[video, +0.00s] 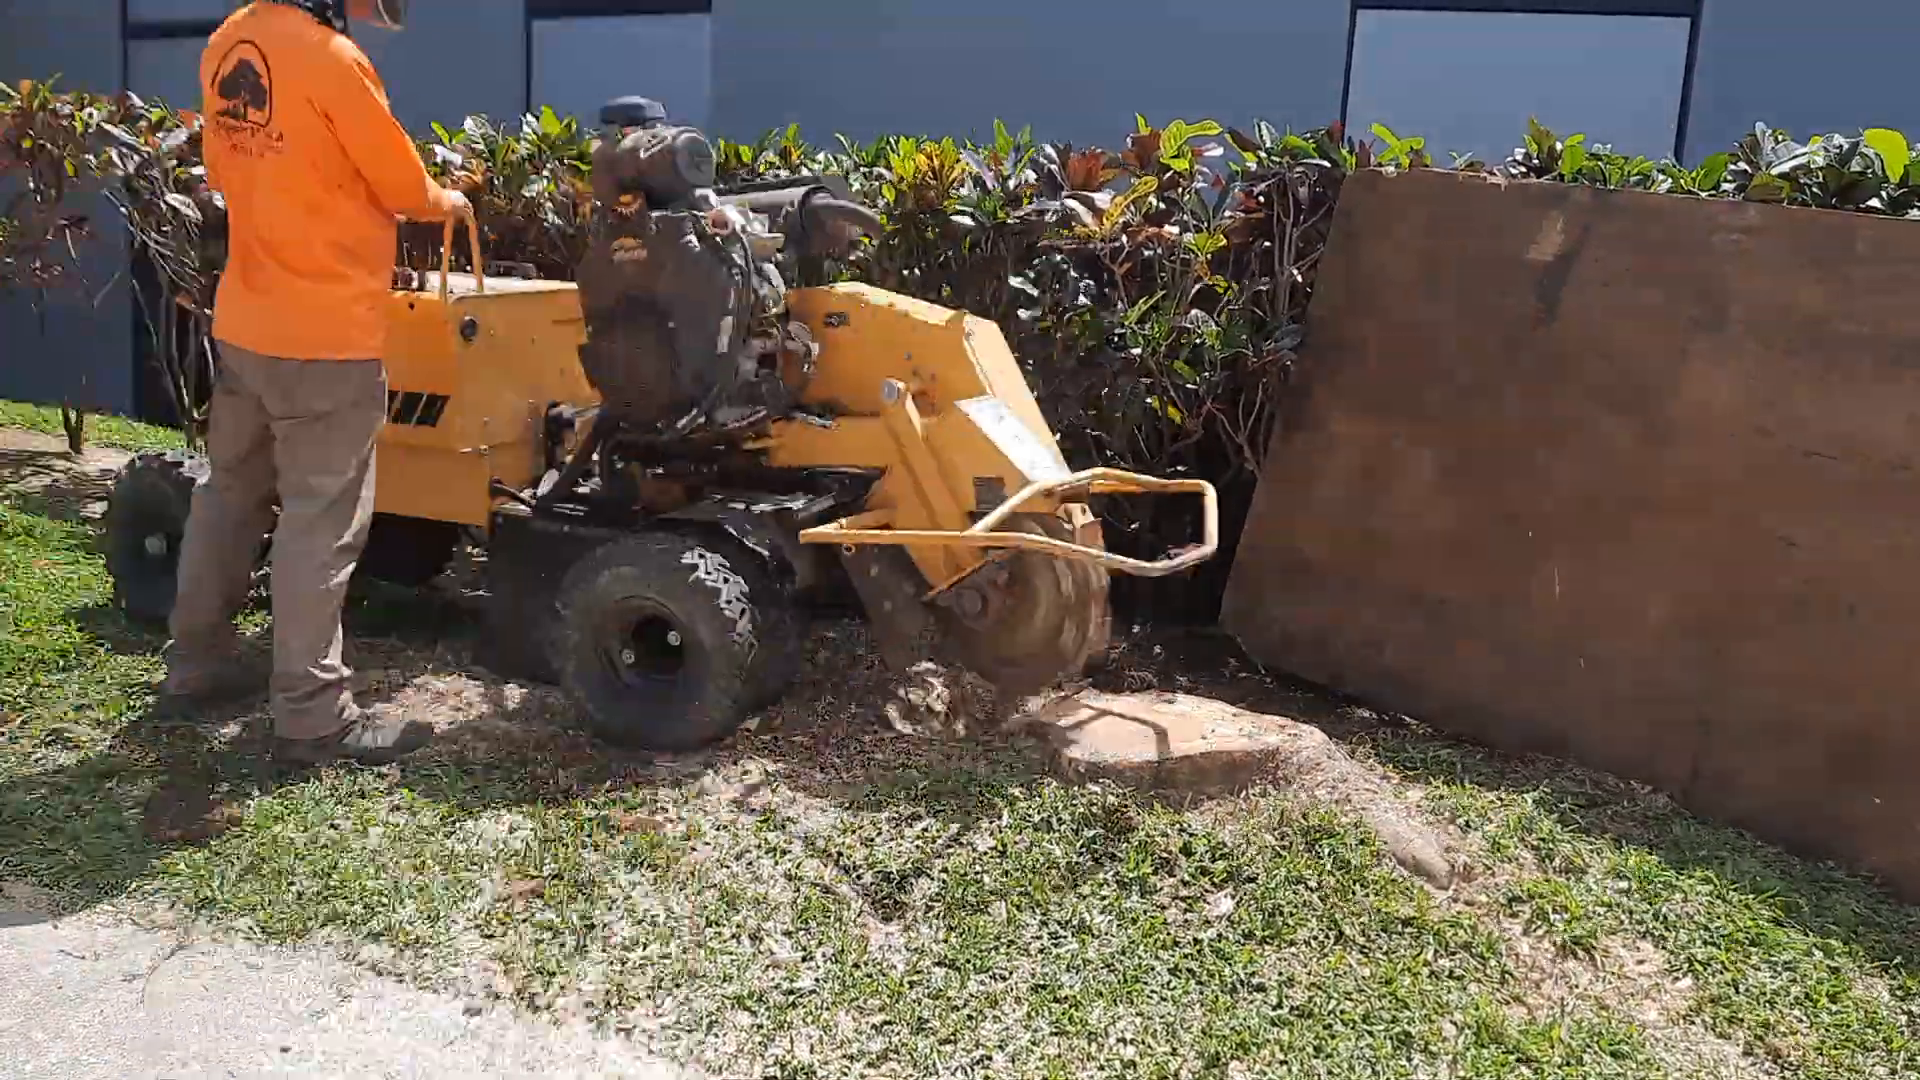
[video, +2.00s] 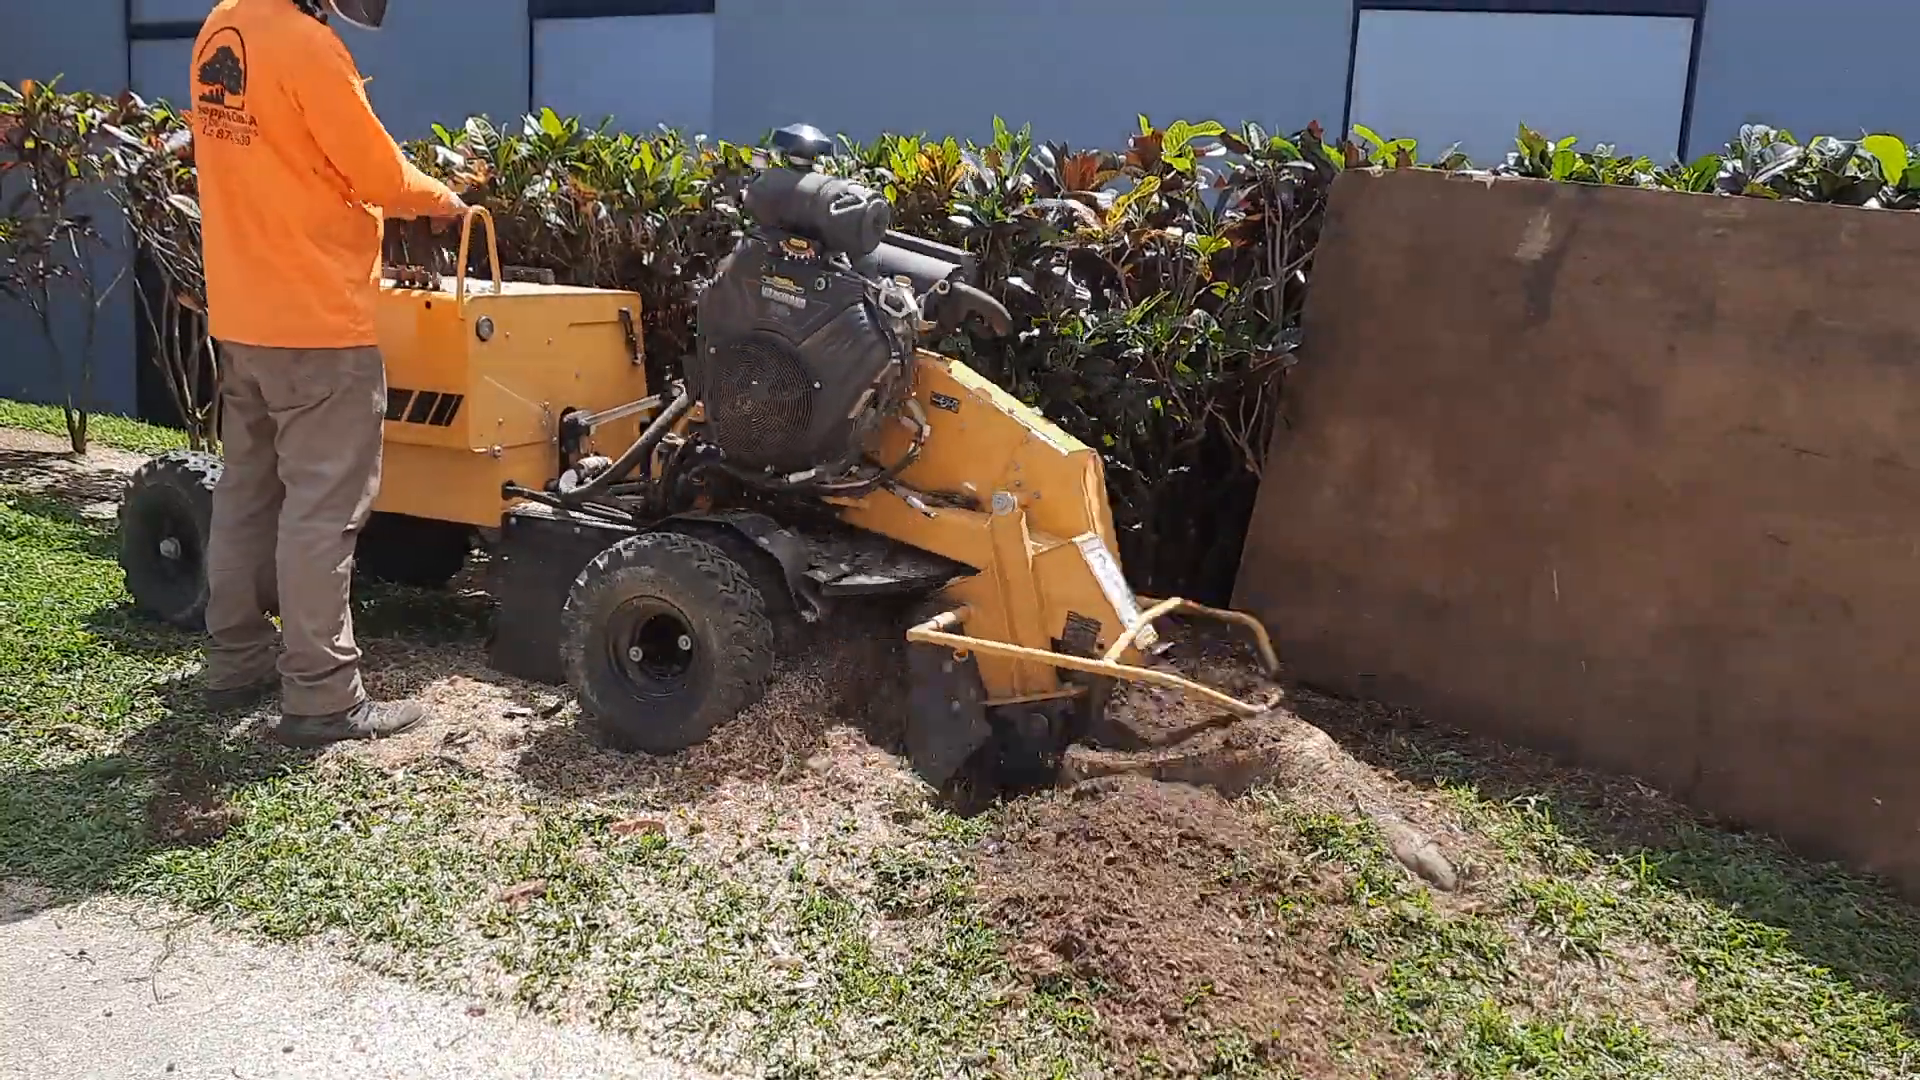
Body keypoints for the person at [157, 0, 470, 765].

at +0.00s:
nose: (380, 19)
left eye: (384, 12)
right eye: (379, 8)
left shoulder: (228, 39)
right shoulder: (333, 58)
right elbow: (405, 188)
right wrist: (448, 202)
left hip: (242, 325)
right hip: (328, 338)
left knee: (228, 496)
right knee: (322, 524)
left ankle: (197, 667)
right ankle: (309, 717)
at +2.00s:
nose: (373, 11)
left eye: (370, 6)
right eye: (367, 3)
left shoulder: (220, 25)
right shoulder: (312, 48)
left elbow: (282, 159)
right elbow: (380, 174)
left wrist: (395, 195)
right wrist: (441, 200)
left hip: (239, 320)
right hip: (319, 325)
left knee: (246, 493)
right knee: (324, 504)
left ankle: (238, 662)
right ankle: (321, 696)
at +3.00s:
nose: (409, 13)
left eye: (409, 7)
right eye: (407, 3)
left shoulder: (274, 27)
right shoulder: (346, 49)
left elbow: (344, 159)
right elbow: (422, 173)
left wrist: (449, 174)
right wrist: (499, 191)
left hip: (279, 323)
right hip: (352, 328)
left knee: (276, 495)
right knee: (349, 509)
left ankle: (256, 658)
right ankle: (345, 693)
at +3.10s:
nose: (416, 12)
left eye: (416, 7)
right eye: (413, 4)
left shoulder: (279, 25)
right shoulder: (345, 48)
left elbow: (342, 162)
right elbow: (413, 183)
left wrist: (444, 188)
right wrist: (472, 191)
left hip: (314, 311)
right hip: (357, 318)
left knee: (375, 482)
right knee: (344, 502)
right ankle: (323, 695)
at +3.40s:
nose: (400, 13)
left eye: (402, 6)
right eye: (399, 2)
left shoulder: (274, 23)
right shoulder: (331, 51)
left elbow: (346, 165)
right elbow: (408, 180)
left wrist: (437, 191)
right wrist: (472, 185)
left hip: (307, 317)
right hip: (351, 324)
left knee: (368, 489)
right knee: (342, 509)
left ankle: (412, 633)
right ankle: (322, 695)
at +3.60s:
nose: (434, 26)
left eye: (440, 19)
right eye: (435, 16)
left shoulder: (335, 24)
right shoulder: (362, 44)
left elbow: (373, 158)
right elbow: (422, 189)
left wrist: (450, 180)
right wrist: (476, 193)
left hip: (318, 287)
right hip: (360, 280)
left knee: (323, 488)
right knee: (549, 333)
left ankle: (294, 666)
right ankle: (617, 520)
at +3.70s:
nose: (435, 14)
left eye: (435, 8)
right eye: (431, 5)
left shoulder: (339, 30)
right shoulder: (342, 39)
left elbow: (390, 168)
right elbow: (406, 182)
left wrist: (482, 189)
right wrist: (498, 196)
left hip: (329, 288)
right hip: (360, 280)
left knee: (329, 486)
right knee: (547, 326)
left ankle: (298, 665)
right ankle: (650, 510)